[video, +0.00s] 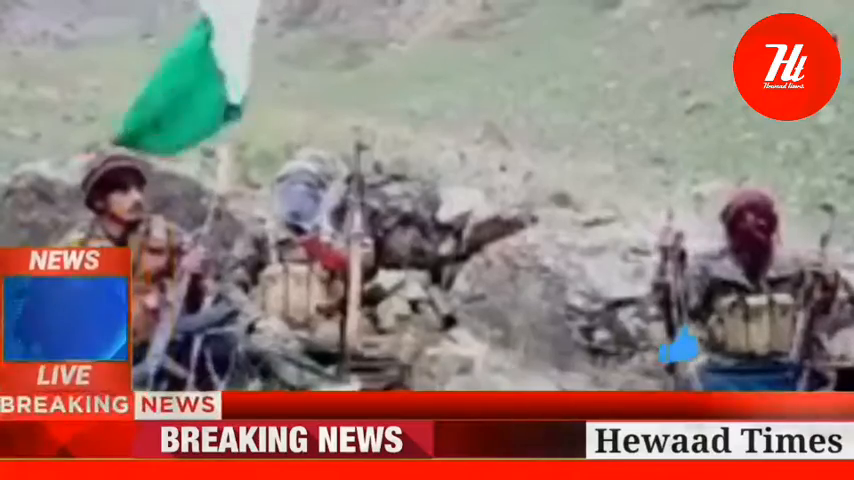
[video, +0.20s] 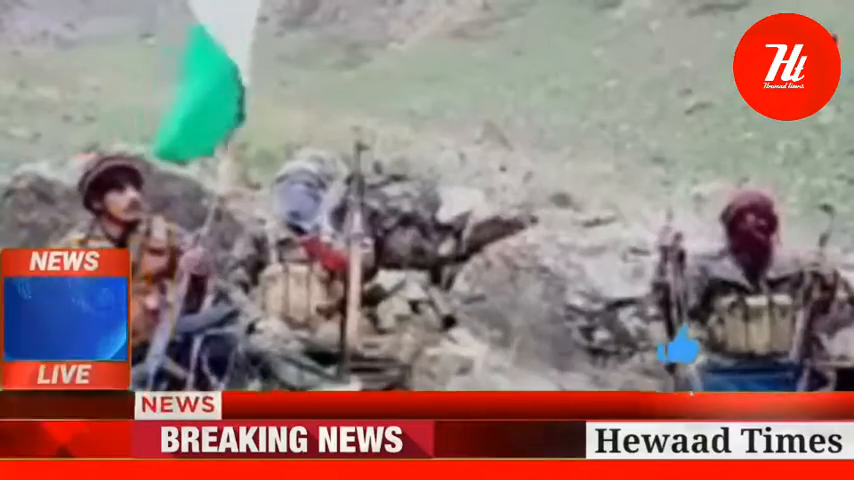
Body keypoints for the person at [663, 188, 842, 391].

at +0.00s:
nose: (756, 222)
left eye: (763, 215)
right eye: (746, 214)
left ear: (772, 225)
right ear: (732, 224)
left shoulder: (792, 269)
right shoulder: (705, 267)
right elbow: (687, 310)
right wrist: (672, 265)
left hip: (782, 371)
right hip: (723, 372)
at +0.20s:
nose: (751, 222)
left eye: (760, 215)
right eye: (740, 216)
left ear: (773, 226)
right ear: (729, 228)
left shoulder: (796, 271)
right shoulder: (705, 269)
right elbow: (675, 313)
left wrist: (829, 292)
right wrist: (669, 266)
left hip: (783, 373)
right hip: (720, 375)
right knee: (684, 369)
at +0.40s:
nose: (752, 224)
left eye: (761, 217)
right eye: (740, 217)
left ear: (771, 227)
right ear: (728, 229)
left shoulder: (794, 272)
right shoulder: (705, 270)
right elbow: (675, 311)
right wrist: (668, 265)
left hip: (782, 374)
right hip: (720, 375)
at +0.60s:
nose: (756, 225)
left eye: (762, 218)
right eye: (746, 217)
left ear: (772, 227)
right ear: (730, 226)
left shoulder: (795, 271)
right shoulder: (704, 269)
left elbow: (844, 310)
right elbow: (672, 311)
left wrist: (825, 296)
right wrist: (667, 266)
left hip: (783, 375)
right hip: (721, 375)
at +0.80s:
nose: (758, 225)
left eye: (764, 219)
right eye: (749, 217)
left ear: (772, 227)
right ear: (730, 225)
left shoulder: (794, 270)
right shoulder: (704, 269)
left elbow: (841, 312)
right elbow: (673, 313)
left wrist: (823, 298)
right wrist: (667, 267)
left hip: (782, 374)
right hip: (720, 375)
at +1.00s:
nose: (759, 225)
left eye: (764, 219)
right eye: (749, 216)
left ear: (773, 227)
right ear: (730, 225)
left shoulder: (793, 272)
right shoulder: (705, 270)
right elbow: (674, 313)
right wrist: (667, 265)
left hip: (782, 372)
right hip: (721, 372)